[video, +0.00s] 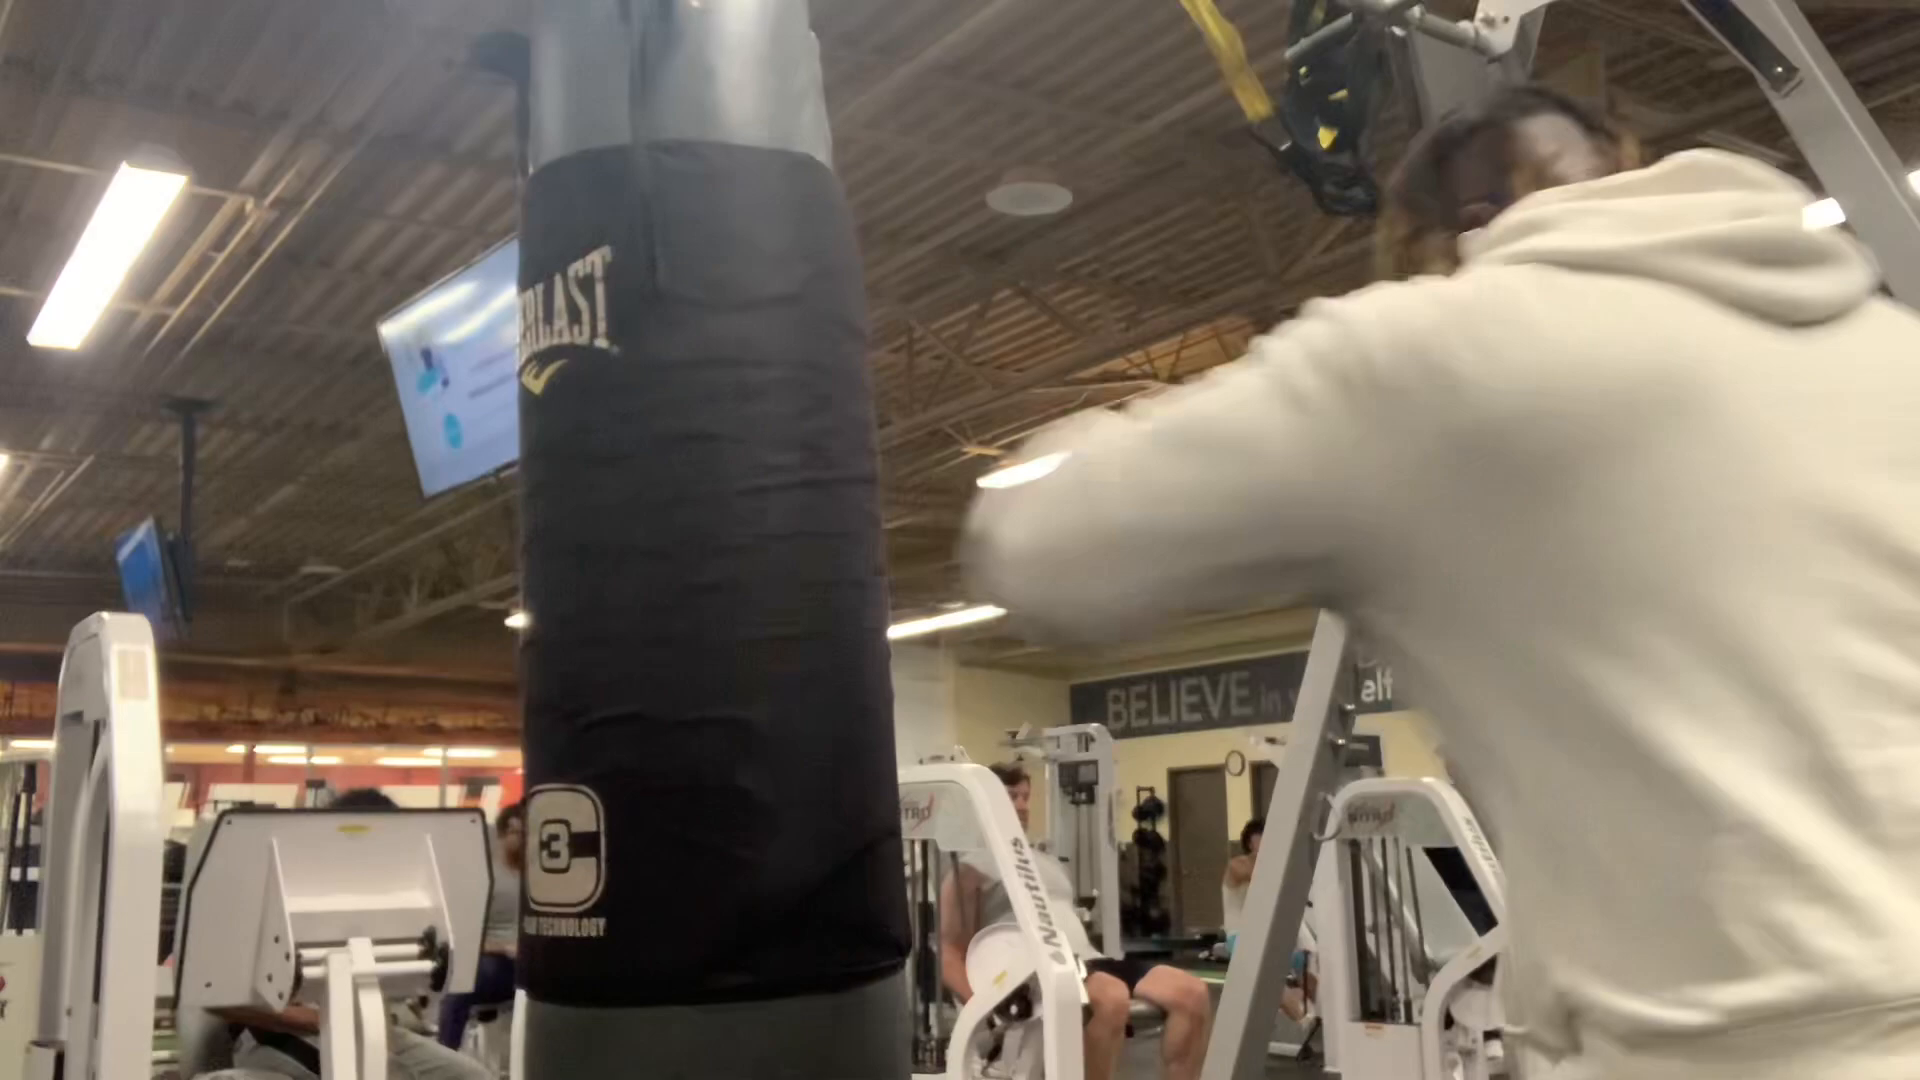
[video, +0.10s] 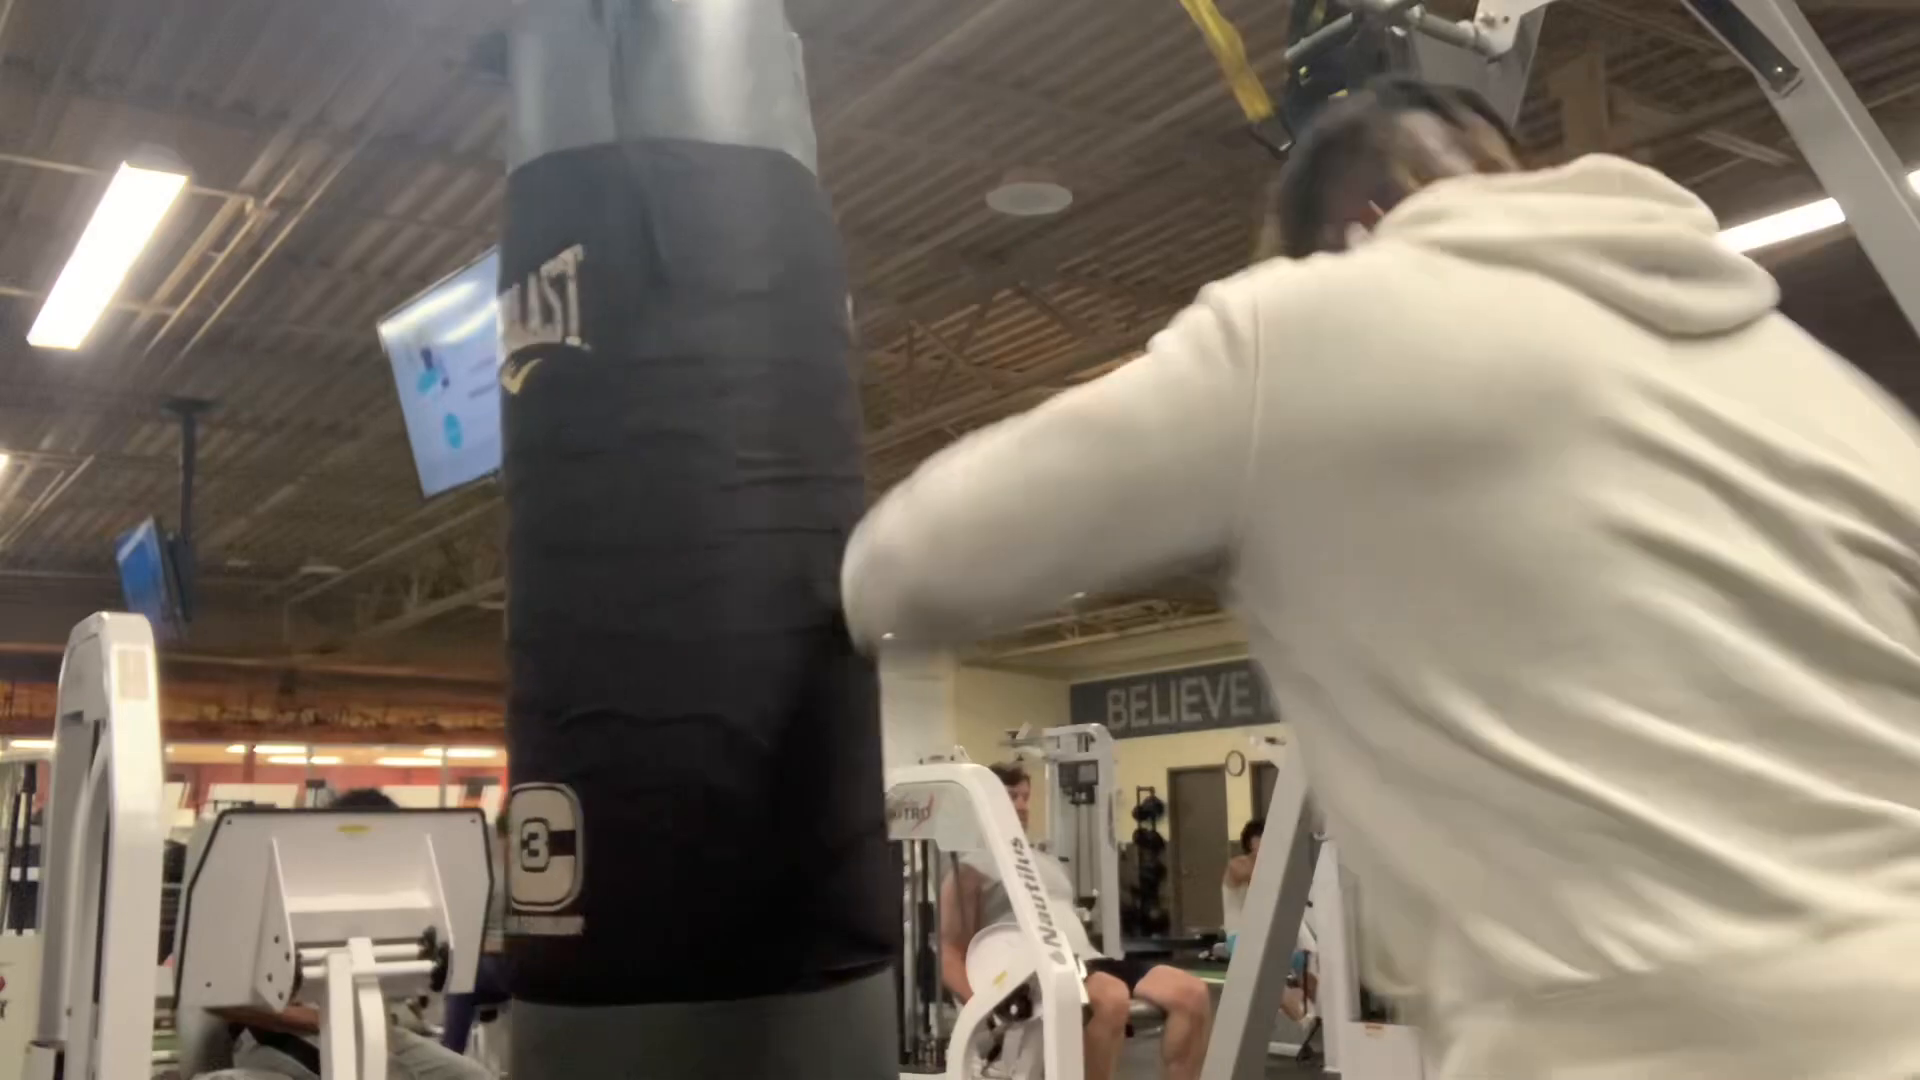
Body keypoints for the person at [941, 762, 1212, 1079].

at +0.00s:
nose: (1022, 806)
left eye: (1025, 798)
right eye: (1012, 797)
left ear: (1029, 802)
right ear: (990, 802)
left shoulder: (1037, 860)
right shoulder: (967, 872)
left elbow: (1059, 925)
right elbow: (951, 960)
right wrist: (984, 1007)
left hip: (1075, 959)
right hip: (1022, 971)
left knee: (1192, 993)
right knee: (1112, 997)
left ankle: (1180, 1074)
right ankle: (1097, 1074)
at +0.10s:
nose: (1021, 806)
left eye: (1025, 798)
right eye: (1011, 797)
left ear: (1029, 803)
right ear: (990, 802)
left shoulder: (1037, 860)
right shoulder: (967, 872)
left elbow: (1059, 925)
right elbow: (951, 961)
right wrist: (985, 1007)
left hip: (1075, 960)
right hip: (1021, 972)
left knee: (1191, 993)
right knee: (1112, 996)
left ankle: (1181, 1075)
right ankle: (1097, 1075)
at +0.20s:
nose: (1021, 806)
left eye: (1023, 796)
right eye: (1009, 796)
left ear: (1029, 803)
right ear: (986, 807)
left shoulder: (1046, 862)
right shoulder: (969, 870)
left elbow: (1064, 927)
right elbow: (952, 960)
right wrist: (988, 1008)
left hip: (1085, 960)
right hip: (1029, 972)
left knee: (1192, 994)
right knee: (1111, 999)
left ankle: (1181, 1074)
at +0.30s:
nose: (1022, 805)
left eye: (1022, 796)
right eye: (1009, 798)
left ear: (1026, 802)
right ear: (985, 807)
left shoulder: (1041, 861)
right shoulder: (966, 874)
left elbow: (1060, 927)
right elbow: (952, 963)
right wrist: (987, 1008)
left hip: (1077, 961)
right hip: (1022, 973)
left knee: (1191, 993)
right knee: (1112, 996)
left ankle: (1180, 1075)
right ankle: (1095, 1075)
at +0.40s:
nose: (1016, 804)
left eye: (1021, 796)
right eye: (1005, 797)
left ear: (1029, 794)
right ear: (987, 800)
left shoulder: (1041, 845)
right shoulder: (970, 860)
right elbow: (951, 961)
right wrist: (987, 1009)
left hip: (1074, 957)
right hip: (1014, 968)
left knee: (1191, 994)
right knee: (1112, 997)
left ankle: (1180, 1074)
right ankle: (1096, 1074)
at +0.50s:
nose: (1021, 807)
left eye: (1025, 799)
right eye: (1011, 799)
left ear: (1030, 803)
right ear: (990, 804)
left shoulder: (1037, 860)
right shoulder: (967, 873)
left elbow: (1058, 927)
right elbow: (952, 965)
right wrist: (989, 1009)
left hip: (1072, 960)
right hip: (1019, 972)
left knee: (1191, 994)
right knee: (1112, 997)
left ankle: (1180, 1073)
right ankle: (1096, 1074)